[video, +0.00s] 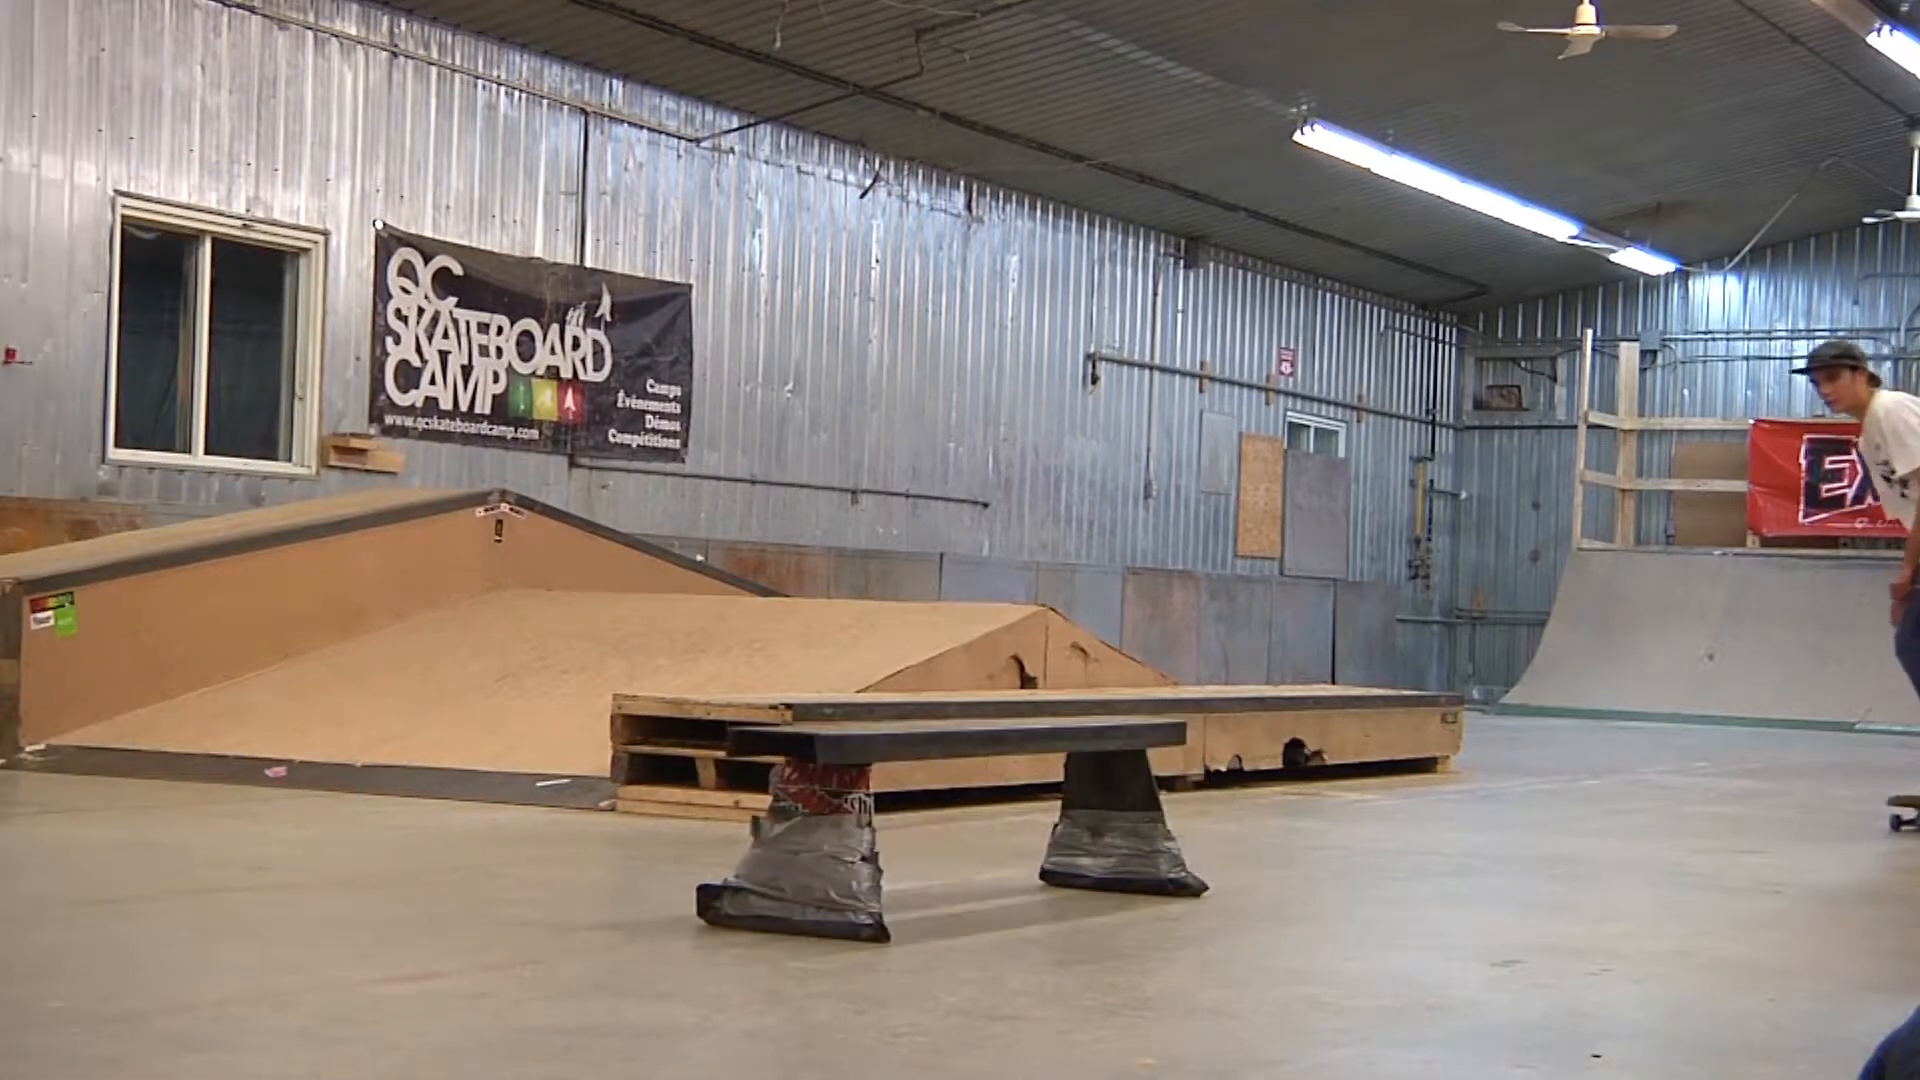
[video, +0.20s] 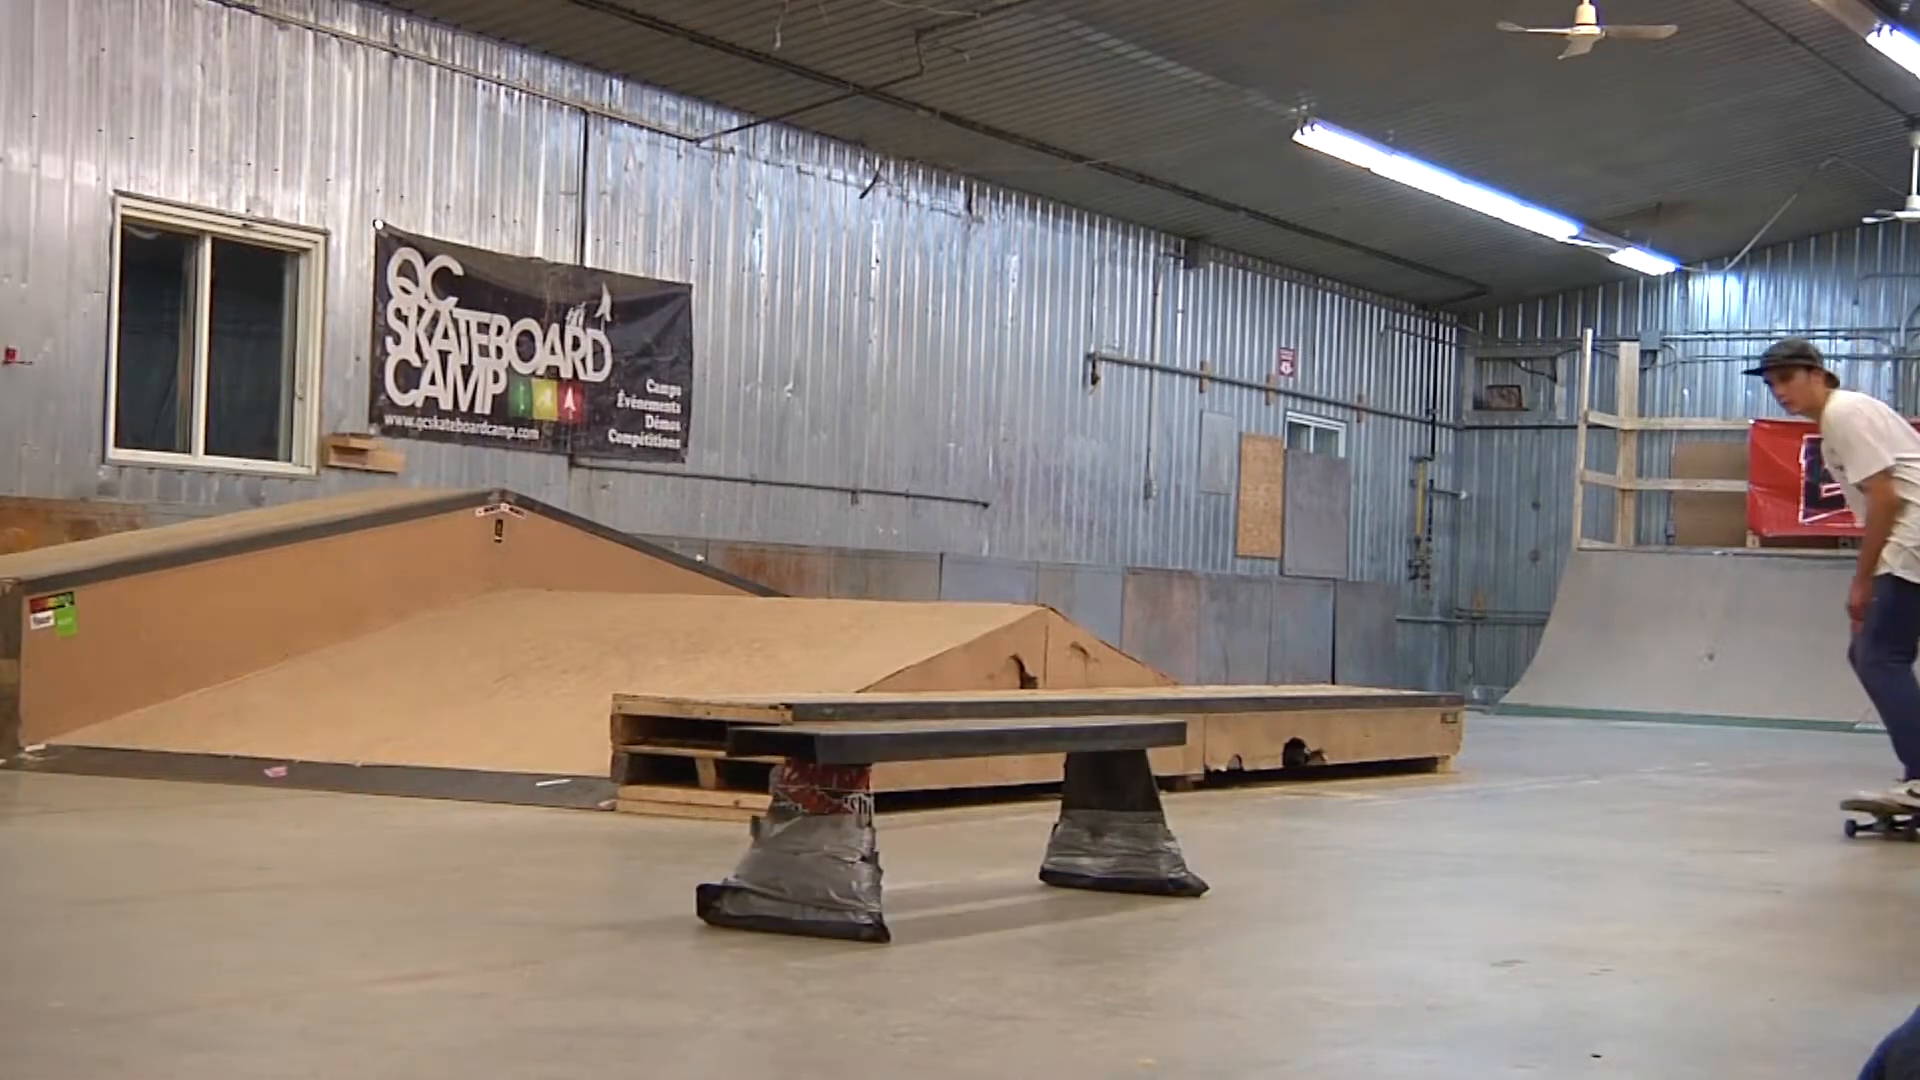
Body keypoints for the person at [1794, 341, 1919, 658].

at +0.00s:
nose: (1824, 390)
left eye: (1832, 378)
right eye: (1818, 383)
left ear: (1860, 375)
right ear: (1813, 388)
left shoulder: (1891, 411)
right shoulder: (1870, 429)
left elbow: (1918, 491)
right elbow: (1910, 509)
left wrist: (1909, 571)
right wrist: (1907, 584)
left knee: (1909, 641)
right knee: (1907, 640)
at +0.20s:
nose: (1779, 392)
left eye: (1786, 379)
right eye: (1772, 383)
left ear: (1816, 374)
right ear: (1772, 387)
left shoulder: (1845, 415)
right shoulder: (1843, 415)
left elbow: (1886, 500)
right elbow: (1887, 502)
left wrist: (1862, 581)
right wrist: (1869, 581)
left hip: (1910, 552)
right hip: (1901, 551)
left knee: (1878, 655)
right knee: (1866, 653)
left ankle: (1917, 777)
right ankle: (1915, 774)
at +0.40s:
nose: (1718, 382)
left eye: (1720, 367)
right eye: (1710, 374)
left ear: (1751, 354)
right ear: (1752, 360)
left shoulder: (1785, 390)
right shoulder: (1798, 383)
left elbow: (1835, 474)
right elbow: (1842, 472)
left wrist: (1811, 564)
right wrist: (1820, 560)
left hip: (1880, 513)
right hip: (1897, 510)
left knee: (1836, 646)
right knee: (1849, 646)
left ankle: (1879, 781)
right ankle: (1891, 778)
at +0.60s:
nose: (1644, 426)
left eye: (1647, 410)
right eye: (1635, 419)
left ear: (1679, 397)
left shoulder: (1716, 428)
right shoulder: (1731, 421)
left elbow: (1755, 534)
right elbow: (1765, 534)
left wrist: (1742, 626)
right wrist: (1749, 623)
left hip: (1840, 517)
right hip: (1873, 513)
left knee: (1772, 651)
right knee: (1795, 650)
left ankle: (1819, 793)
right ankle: (1841, 790)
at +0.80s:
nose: (1574, 481)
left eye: (1577, 464)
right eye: (1566, 475)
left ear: (1612, 449)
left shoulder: (1650, 477)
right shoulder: (1670, 469)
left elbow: (1694, 583)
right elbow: (1747, 601)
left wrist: (1681, 686)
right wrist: (1750, 690)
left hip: (1790, 547)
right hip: (1821, 543)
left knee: (1669, 660)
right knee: (1701, 661)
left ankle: (1759, 795)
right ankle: (1779, 794)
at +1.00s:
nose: (1501, 515)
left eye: (1503, 496)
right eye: (1491, 507)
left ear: (1538, 481)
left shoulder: (1575, 506)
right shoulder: (1605, 498)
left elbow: (1630, 610)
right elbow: (1699, 630)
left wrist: (1622, 721)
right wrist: (1691, 724)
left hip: (1718, 579)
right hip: (1758, 578)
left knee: (1580, 677)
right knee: (1622, 682)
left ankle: (1692, 798)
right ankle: (1718, 798)